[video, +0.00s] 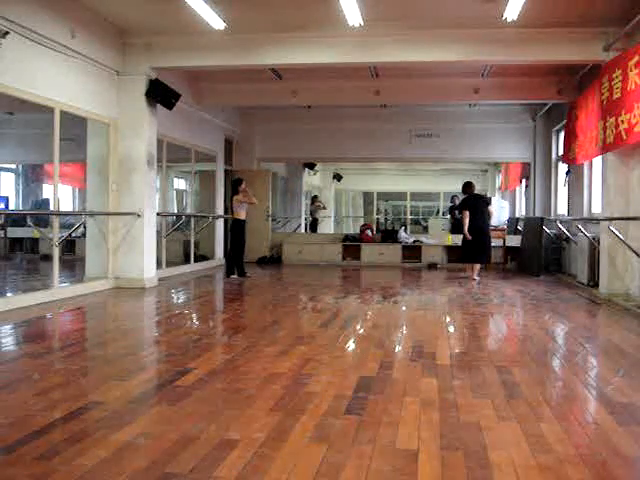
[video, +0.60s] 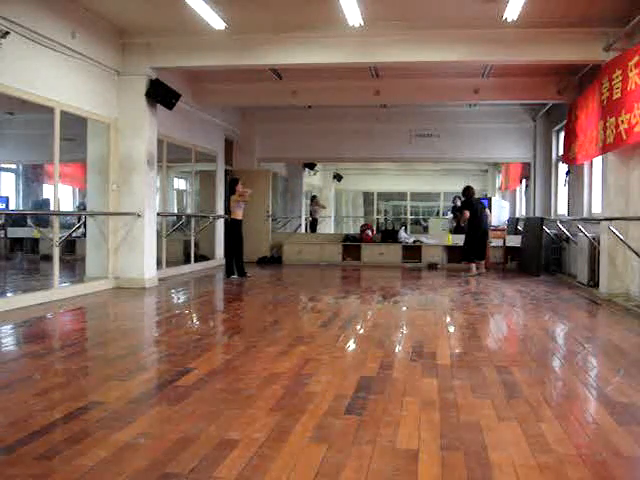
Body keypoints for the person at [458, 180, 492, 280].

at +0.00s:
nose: (463, 191)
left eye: (463, 190)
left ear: (463, 190)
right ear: (474, 189)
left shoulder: (465, 201)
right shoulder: (482, 198)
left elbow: (466, 216)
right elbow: (491, 212)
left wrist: (465, 230)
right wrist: (488, 224)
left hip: (471, 229)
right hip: (483, 229)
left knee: (469, 252)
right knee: (479, 253)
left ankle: (470, 273)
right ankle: (475, 275)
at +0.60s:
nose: (464, 196)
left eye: (464, 194)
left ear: (464, 194)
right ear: (473, 193)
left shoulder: (466, 202)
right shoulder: (479, 202)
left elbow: (466, 215)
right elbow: (488, 214)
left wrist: (461, 222)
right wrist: (487, 223)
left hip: (472, 229)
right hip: (483, 228)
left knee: (470, 248)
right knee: (481, 248)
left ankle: (472, 268)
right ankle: (482, 267)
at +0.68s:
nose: (463, 199)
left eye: (464, 197)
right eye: (463, 197)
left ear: (465, 198)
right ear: (473, 196)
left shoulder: (469, 204)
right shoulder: (476, 205)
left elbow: (470, 214)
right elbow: (484, 216)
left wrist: (465, 222)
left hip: (476, 230)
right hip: (484, 229)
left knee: (471, 248)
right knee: (480, 249)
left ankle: (473, 269)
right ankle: (482, 268)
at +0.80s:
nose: (461, 203)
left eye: (462, 201)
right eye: (461, 201)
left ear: (467, 201)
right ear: (466, 201)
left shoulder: (471, 207)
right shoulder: (468, 210)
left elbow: (478, 211)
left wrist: (473, 224)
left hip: (483, 230)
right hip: (479, 230)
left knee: (472, 248)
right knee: (478, 249)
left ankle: (474, 268)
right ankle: (481, 268)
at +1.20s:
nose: (470, 197)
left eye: (472, 195)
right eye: (469, 196)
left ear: (476, 195)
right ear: (467, 198)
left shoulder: (483, 202)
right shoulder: (467, 209)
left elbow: (497, 204)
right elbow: (465, 224)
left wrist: (506, 206)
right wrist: (458, 231)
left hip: (489, 227)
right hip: (478, 229)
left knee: (488, 248)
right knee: (479, 248)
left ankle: (490, 271)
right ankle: (482, 269)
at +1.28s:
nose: (474, 195)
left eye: (475, 192)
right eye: (472, 193)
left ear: (479, 193)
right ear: (470, 194)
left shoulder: (485, 199)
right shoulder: (468, 205)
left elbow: (496, 204)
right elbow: (466, 221)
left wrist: (505, 208)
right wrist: (465, 226)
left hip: (489, 225)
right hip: (478, 227)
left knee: (490, 247)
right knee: (481, 248)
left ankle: (490, 270)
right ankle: (486, 269)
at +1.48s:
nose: (480, 190)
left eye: (482, 188)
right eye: (479, 188)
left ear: (486, 189)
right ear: (476, 189)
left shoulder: (491, 198)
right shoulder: (472, 201)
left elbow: (498, 209)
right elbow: (470, 216)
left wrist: (502, 217)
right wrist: (472, 228)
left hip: (491, 226)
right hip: (480, 226)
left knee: (491, 247)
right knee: (479, 246)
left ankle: (490, 270)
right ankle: (482, 267)